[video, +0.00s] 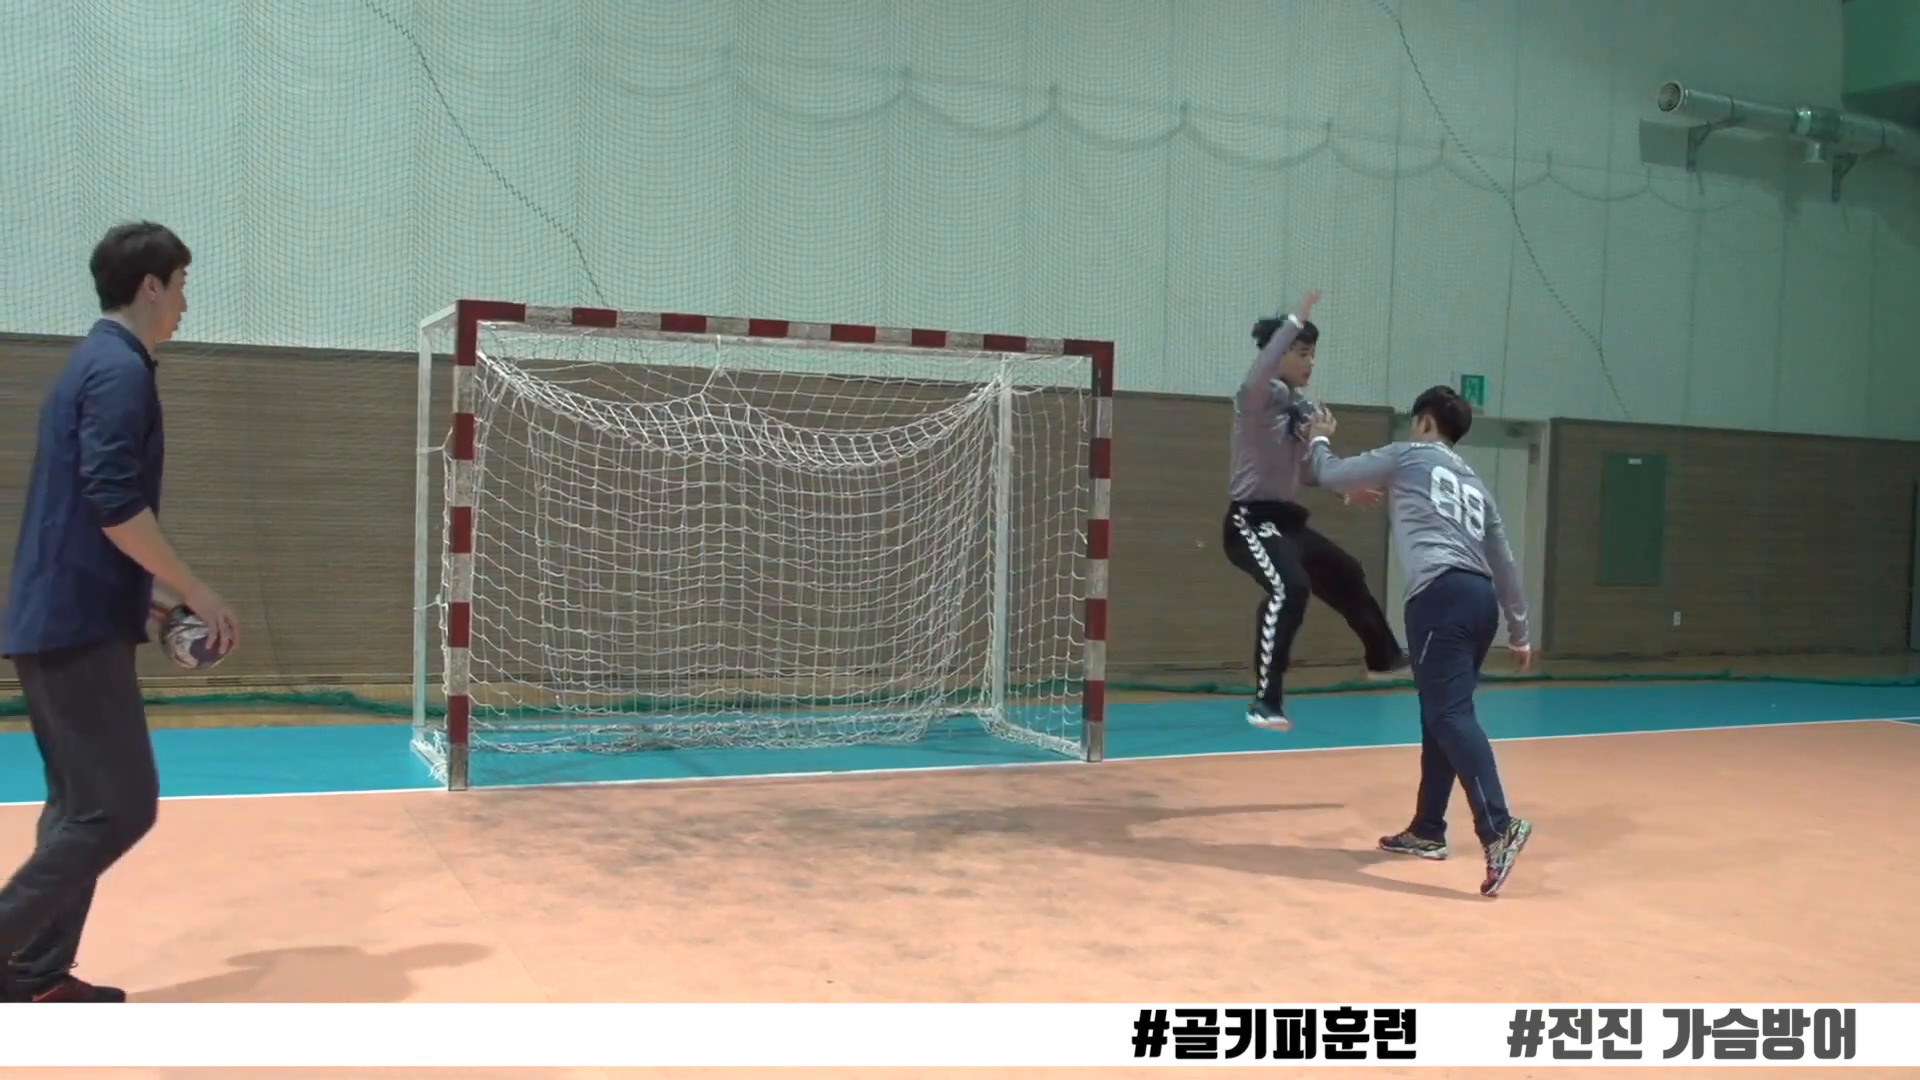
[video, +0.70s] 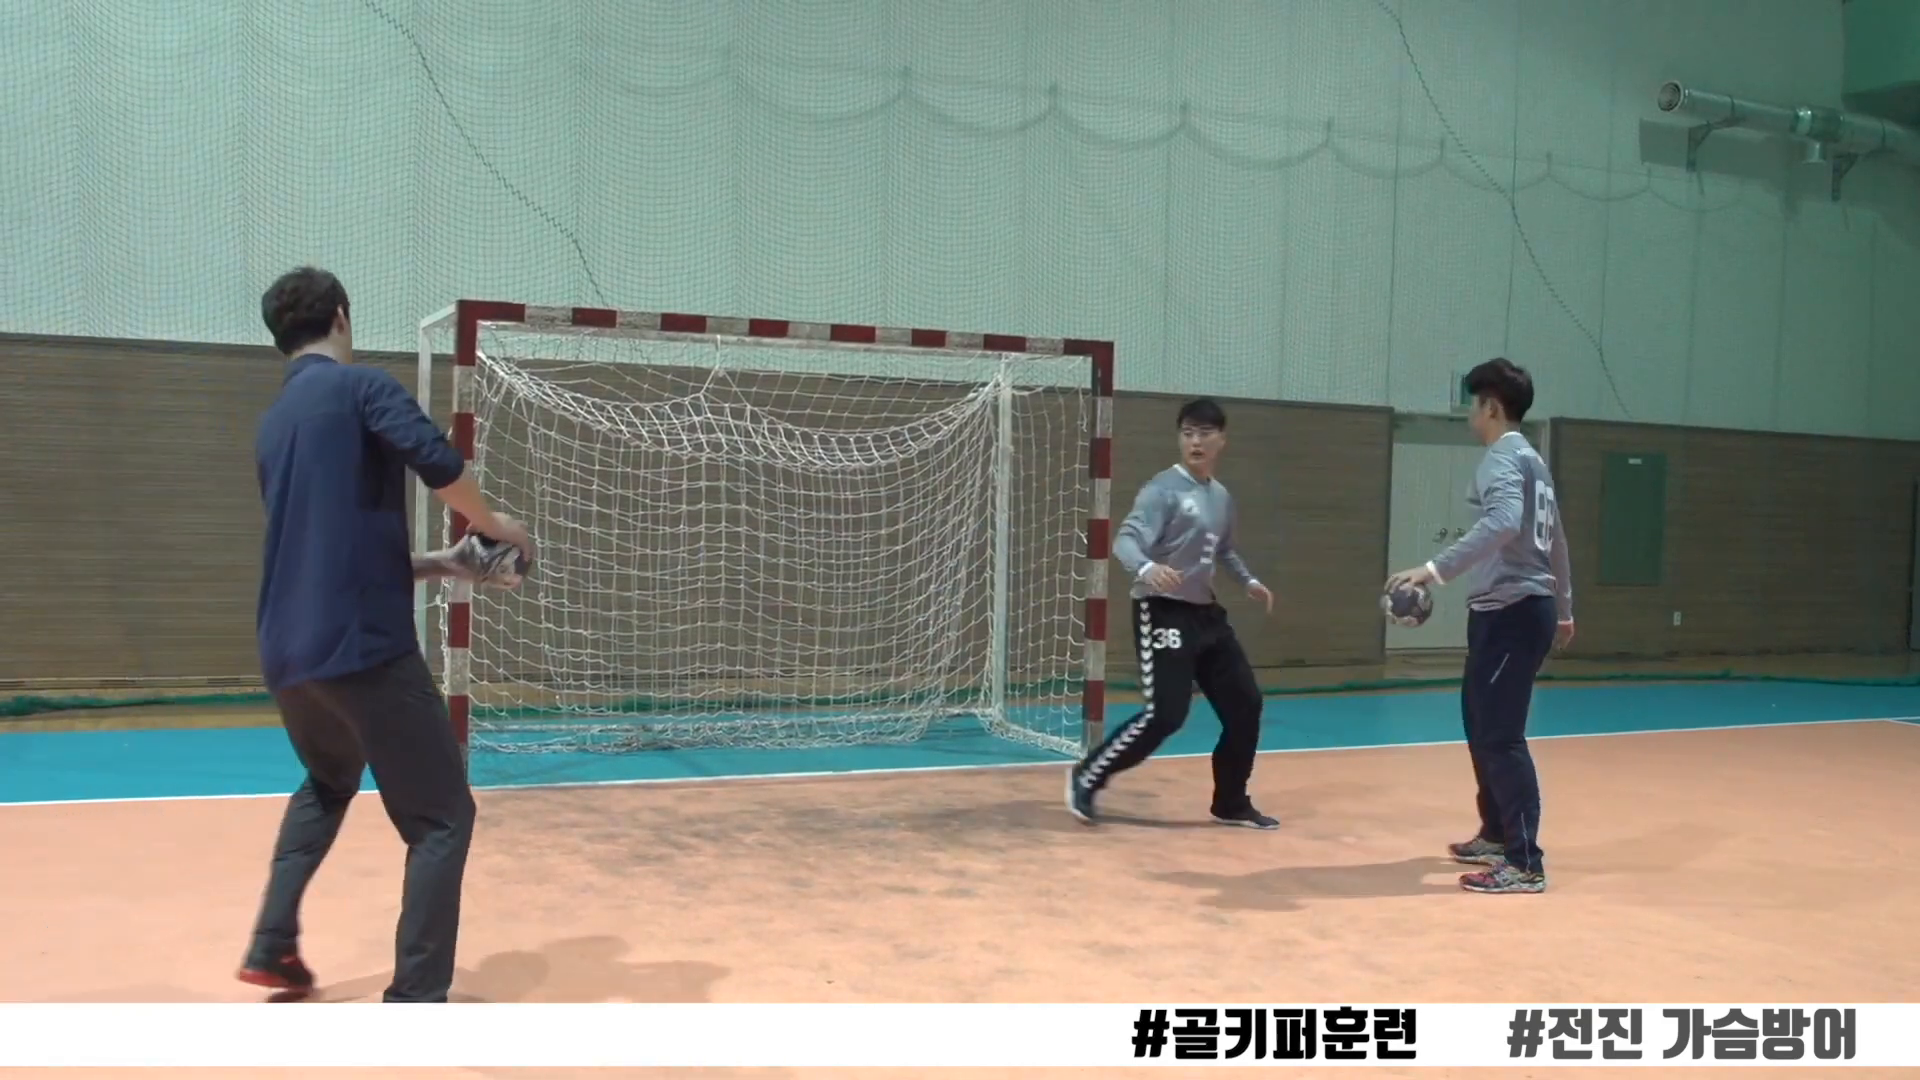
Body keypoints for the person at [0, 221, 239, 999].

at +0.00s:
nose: (185, 300)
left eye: (184, 285)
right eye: (181, 286)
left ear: (125, 288)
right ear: (153, 287)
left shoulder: (93, 362)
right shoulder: (120, 366)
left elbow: (84, 520)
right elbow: (113, 502)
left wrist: (151, 608)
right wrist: (194, 588)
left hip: (55, 619)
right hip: (73, 621)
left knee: (78, 801)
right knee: (123, 803)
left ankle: (39, 970)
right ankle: (11, 942)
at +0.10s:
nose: (205, 307)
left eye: (205, 291)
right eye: (203, 291)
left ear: (144, 292)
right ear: (176, 290)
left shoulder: (107, 368)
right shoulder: (150, 369)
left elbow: (114, 518)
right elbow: (152, 503)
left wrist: (188, 599)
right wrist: (232, 588)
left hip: (65, 627)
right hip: (106, 626)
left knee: (91, 799)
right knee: (187, 797)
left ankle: (34, 974)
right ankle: (88, 969)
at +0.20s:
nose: (229, 312)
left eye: (228, 297)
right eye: (227, 297)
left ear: (166, 299)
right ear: (201, 296)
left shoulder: (129, 375)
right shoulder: (184, 373)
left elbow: (134, 525)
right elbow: (193, 500)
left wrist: (214, 593)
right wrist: (272, 585)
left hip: (96, 628)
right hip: (142, 629)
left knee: (100, 802)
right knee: (236, 795)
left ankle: (39, 975)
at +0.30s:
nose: (256, 317)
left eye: (253, 303)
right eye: (254, 303)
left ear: (189, 308)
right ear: (236, 303)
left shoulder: (157, 389)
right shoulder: (222, 380)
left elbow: (169, 532)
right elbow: (232, 502)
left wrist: (250, 595)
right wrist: (311, 587)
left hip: (131, 637)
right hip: (186, 636)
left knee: (117, 805)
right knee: (285, 799)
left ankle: (41, 974)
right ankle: (345, 975)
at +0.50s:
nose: (321, 327)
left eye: (315, 314)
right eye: (318, 315)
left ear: (251, 329)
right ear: (305, 320)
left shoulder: (230, 416)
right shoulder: (308, 401)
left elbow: (264, 549)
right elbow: (344, 516)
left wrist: (354, 603)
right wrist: (415, 580)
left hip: (231, 651)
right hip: (295, 650)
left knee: (221, 804)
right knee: (401, 811)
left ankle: (78, 949)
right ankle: (416, 1003)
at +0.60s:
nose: (344, 328)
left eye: (338, 316)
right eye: (342, 316)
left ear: (272, 332)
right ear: (331, 319)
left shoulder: (258, 416)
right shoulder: (342, 394)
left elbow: (303, 559)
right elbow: (398, 500)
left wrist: (408, 592)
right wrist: (461, 558)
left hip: (265, 648)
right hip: (334, 647)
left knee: (291, 791)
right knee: (430, 816)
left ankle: (163, 936)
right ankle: (417, 1001)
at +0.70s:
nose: (354, 330)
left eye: (341, 321)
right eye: (350, 318)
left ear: (282, 338)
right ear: (342, 319)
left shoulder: (273, 421)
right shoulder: (363, 386)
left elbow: (340, 556)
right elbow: (436, 462)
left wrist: (450, 564)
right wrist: (495, 524)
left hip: (287, 649)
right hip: (363, 643)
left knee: (328, 780)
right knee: (443, 817)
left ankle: (270, 947)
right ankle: (419, 997)